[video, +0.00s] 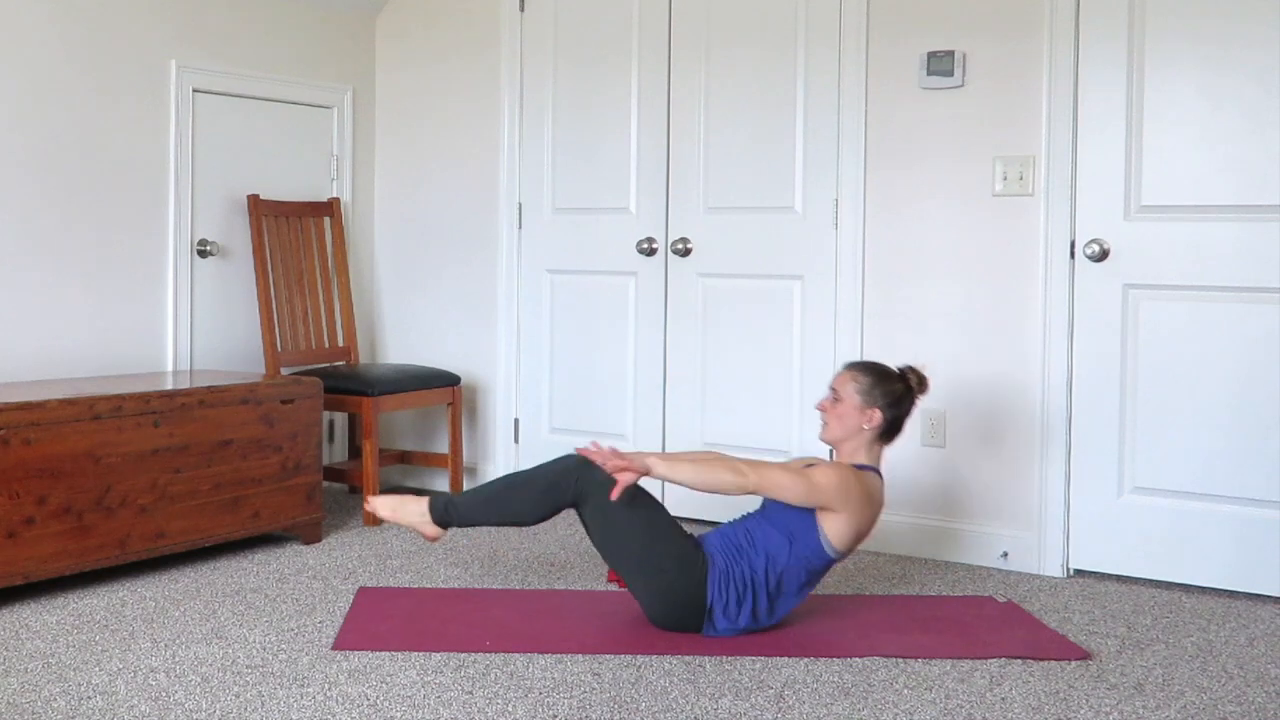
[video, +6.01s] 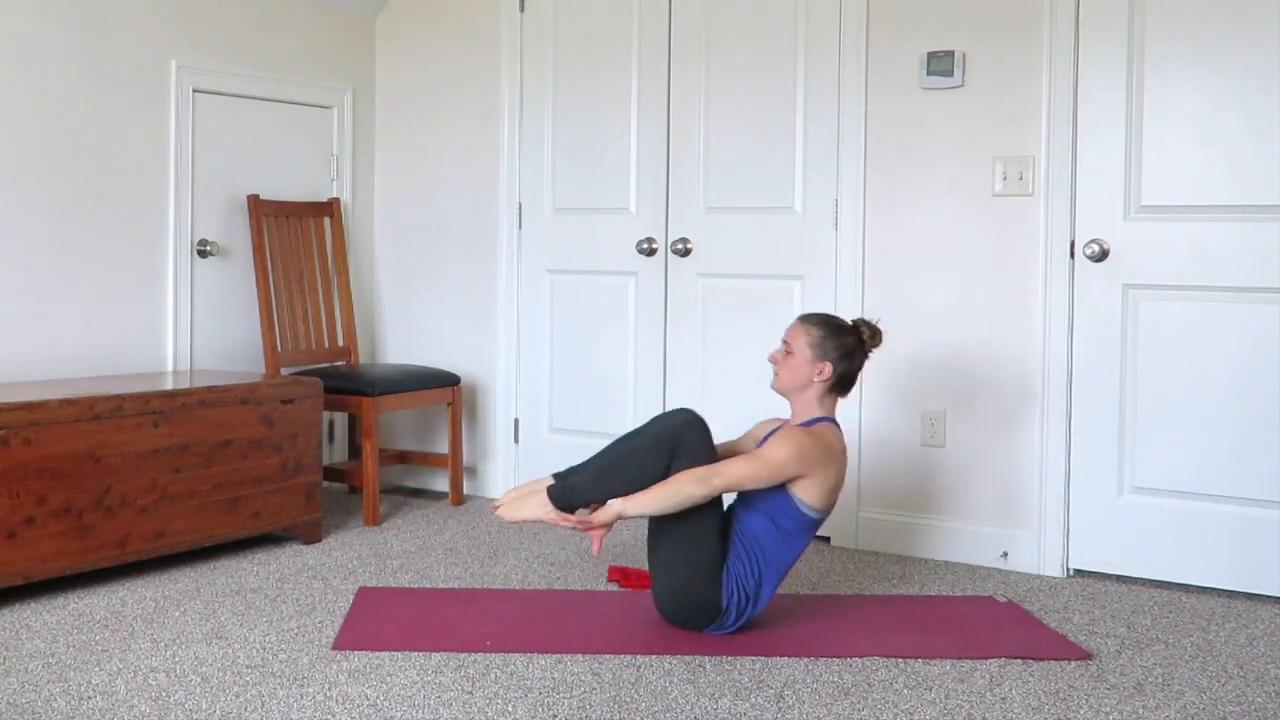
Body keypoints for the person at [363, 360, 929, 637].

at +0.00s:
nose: (823, 408)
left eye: (837, 401)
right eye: (829, 398)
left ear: (871, 422)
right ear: (861, 420)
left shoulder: (851, 486)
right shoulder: (839, 477)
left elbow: (744, 476)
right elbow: (740, 471)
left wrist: (643, 465)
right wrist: (644, 461)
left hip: (699, 594)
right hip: (698, 573)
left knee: (583, 471)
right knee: (588, 466)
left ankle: (436, 513)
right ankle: (444, 510)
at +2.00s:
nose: (926, 491)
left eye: (943, 492)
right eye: (937, 483)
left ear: (962, 529)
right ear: (949, 520)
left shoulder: (909, 579)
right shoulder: (897, 556)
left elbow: (838, 534)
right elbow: (826, 525)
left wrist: (761, 483)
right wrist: (744, 474)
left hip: (723, 590)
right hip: (725, 567)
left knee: (597, 489)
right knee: (600, 486)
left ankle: (460, 418)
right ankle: (464, 426)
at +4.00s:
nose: (873, 438)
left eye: (890, 433)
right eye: (881, 427)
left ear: (922, 459)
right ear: (909, 451)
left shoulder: (889, 516)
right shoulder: (876, 499)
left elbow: (786, 501)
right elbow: (781, 497)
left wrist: (690, 490)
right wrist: (686, 488)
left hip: (719, 592)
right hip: (723, 569)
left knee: (591, 488)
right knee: (596, 485)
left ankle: (444, 513)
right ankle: (449, 511)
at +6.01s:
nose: (774, 358)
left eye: (788, 351)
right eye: (781, 348)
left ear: (821, 372)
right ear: (816, 371)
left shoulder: (808, 443)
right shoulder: (778, 430)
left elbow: (712, 482)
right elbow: (698, 466)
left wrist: (617, 510)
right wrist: (604, 503)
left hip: (711, 599)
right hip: (704, 582)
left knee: (684, 431)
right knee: (681, 426)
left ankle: (558, 499)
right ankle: (559, 487)